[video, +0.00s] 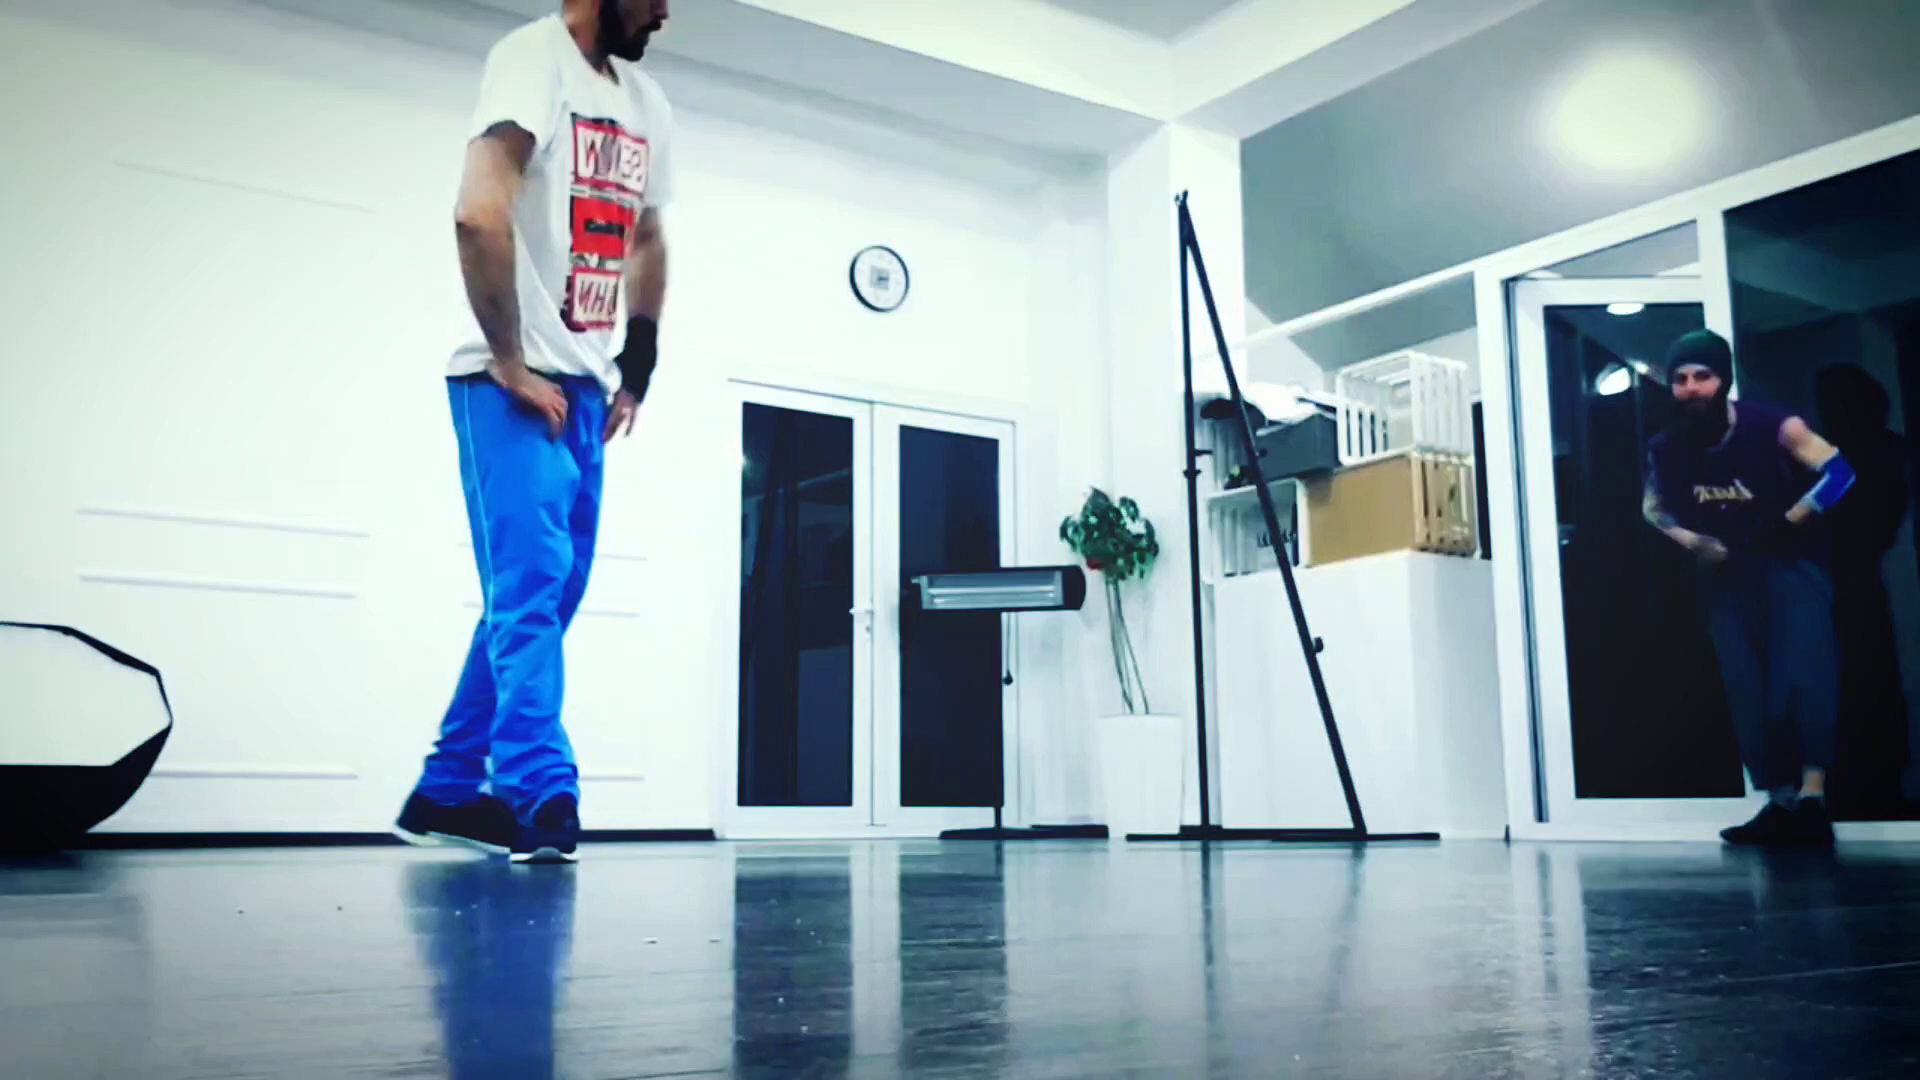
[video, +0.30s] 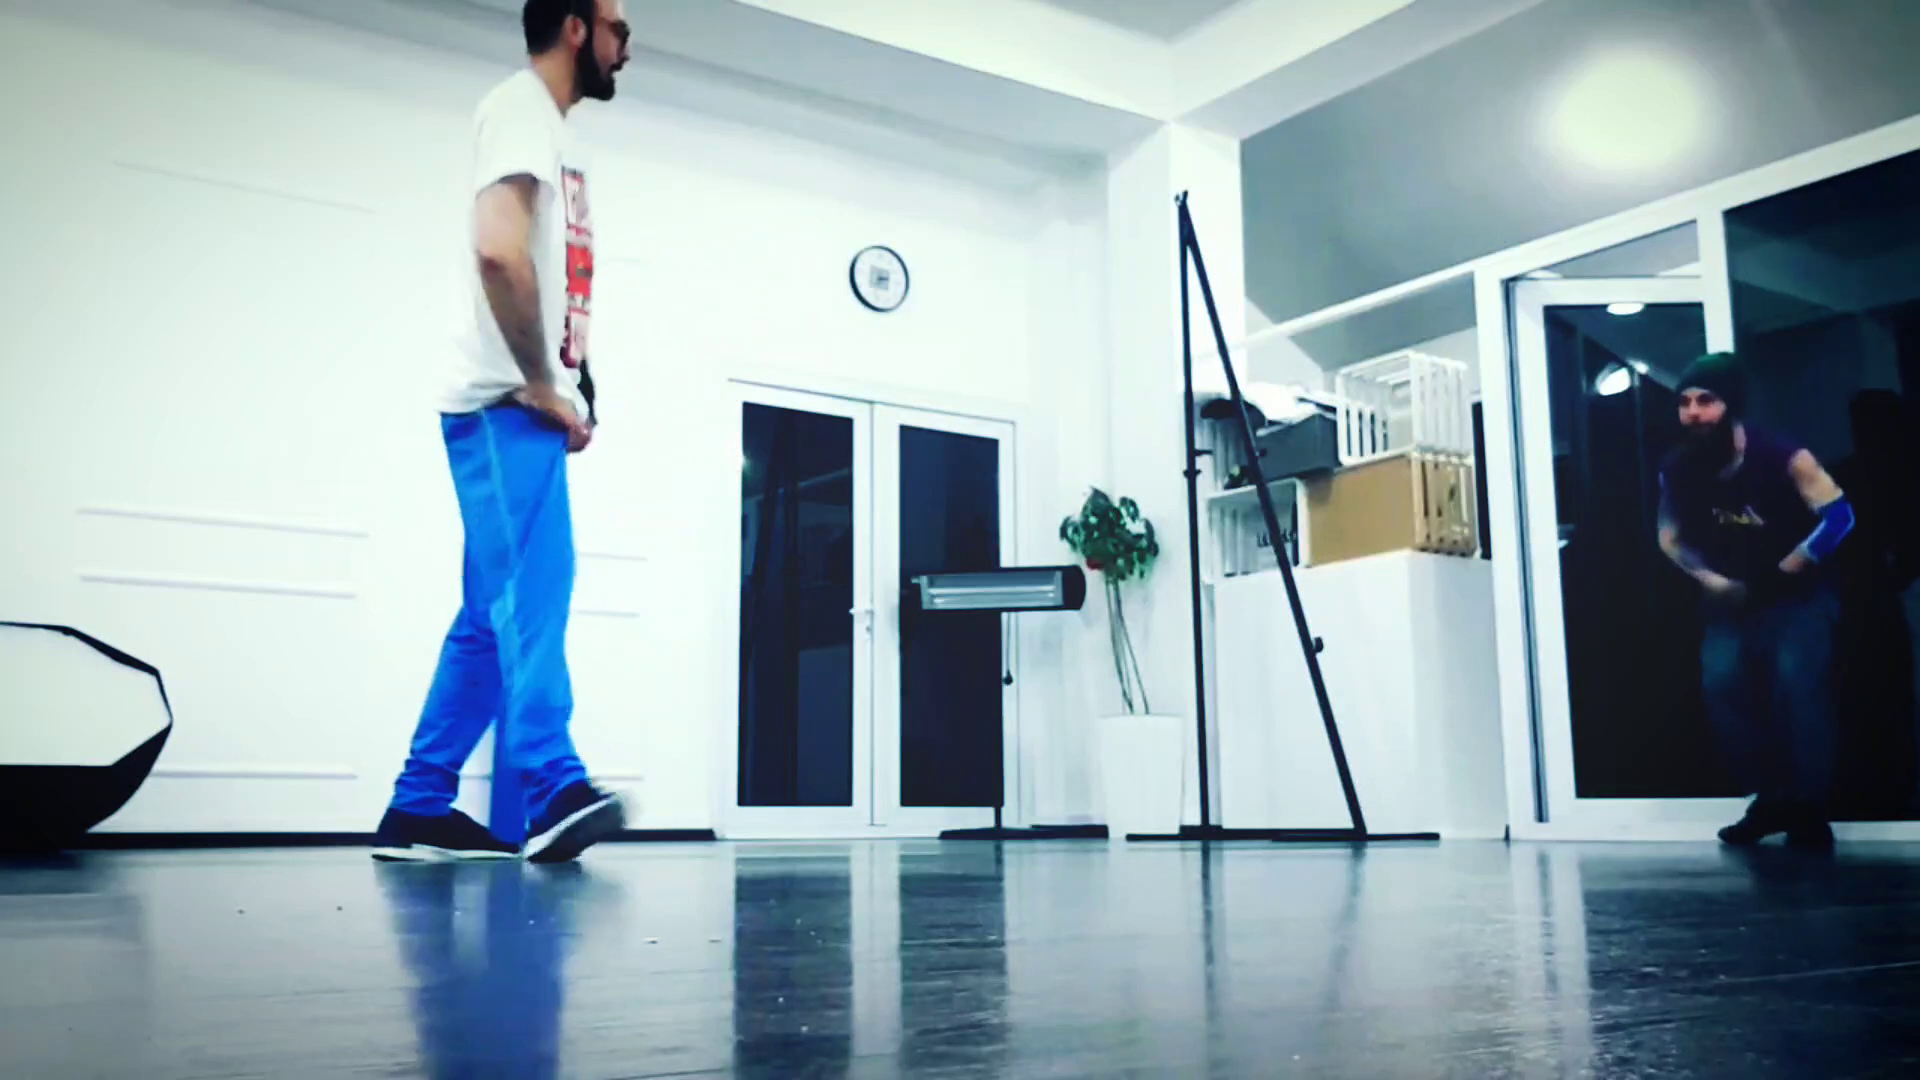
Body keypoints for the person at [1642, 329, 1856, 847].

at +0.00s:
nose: (1688, 388)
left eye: (1700, 377)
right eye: (1680, 379)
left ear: (1724, 381)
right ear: (1670, 387)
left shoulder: (1769, 425)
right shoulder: (1666, 449)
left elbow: (1839, 471)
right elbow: (1652, 510)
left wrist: (1801, 510)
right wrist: (1691, 539)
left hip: (1791, 570)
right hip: (1728, 577)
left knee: (1805, 674)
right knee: (1746, 687)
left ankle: (1812, 802)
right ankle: (1778, 804)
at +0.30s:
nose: (1690, 413)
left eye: (1702, 401)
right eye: (1684, 403)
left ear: (1731, 403)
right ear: (1677, 409)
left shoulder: (1781, 455)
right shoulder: (1679, 470)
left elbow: (1839, 514)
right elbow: (1668, 539)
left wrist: (1804, 555)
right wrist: (1707, 577)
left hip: (1793, 599)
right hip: (1731, 604)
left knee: (1798, 692)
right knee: (1722, 690)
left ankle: (1811, 814)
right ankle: (1768, 800)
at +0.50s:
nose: (1686, 450)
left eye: (1700, 438)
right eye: (1681, 438)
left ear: (1729, 444)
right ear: (1674, 442)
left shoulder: (1778, 494)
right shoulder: (1677, 505)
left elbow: (1821, 566)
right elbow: (1681, 583)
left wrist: (1773, 619)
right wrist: (1715, 632)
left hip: (1797, 618)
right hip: (1734, 624)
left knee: (1786, 685)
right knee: (1716, 689)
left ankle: (1806, 816)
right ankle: (1755, 810)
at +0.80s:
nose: (1684, 523)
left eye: (1698, 511)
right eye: (1680, 511)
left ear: (1729, 516)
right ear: (1674, 514)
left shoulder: (1777, 562)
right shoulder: (1680, 574)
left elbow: (1793, 645)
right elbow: (1691, 659)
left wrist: (1707, 676)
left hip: (1798, 671)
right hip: (1737, 679)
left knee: (1766, 701)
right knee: (1702, 707)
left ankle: (1805, 819)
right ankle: (1756, 814)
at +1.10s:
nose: (1695, 566)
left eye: (1709, 556)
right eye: (1692, 555)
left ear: (1739, 559)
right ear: (1689, 555)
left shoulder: (1783, 602)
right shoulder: (1692, 606)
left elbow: (1781, 671)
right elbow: (1674, 671)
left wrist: (1707, 690)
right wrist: (1738, 677)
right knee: (1703, 711)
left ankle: (1803, 821)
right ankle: (1752, 815)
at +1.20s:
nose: (1698, 573)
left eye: (1711, 564)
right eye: (1696, 563)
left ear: (1742, 567)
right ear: (1693, 563)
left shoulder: (1786, 609)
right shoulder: (1694, 611)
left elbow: (1782, 673)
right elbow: (1675, 667)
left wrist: (1713, 689)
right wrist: (1727, 673)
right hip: (1738, 728)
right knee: (1701, 709)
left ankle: (1805, 823)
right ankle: (1753, 817)